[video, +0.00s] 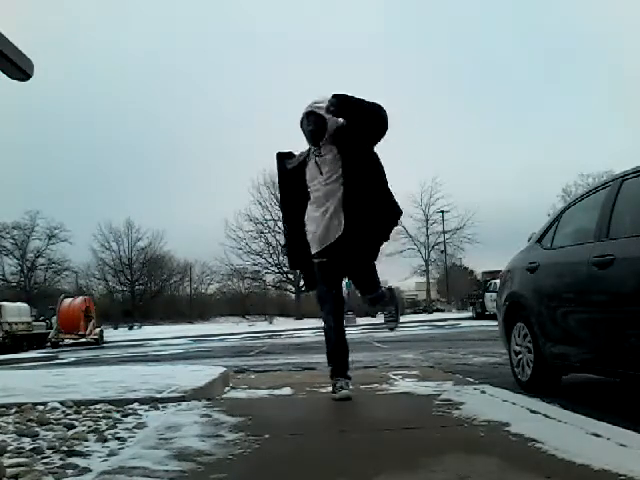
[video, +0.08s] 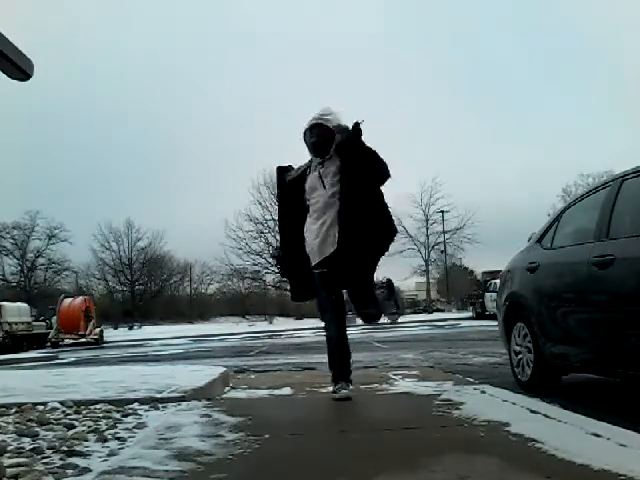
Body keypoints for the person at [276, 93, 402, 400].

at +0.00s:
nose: (309, 127)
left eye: (315, 121)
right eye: (305, 122)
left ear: (328, 123)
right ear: (301, 129)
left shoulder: (350, 143)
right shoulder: (297, 167)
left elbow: (378, 119)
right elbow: (292, 219)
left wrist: (341, 104)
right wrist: (298, 262)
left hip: (356, 237)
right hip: (320, 249)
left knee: (370, 296)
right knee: (332, 315)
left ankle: (388, 303)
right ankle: (339, 378)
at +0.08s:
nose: (314, 140)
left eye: (320, 134)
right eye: (310, 135)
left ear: (336, 135)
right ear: (306, 140)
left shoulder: (351, 160)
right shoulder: (301, 176)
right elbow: (292, 222)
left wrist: (354, 145)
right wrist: (289, 256)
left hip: (352, 249)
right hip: (319, 257)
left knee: (368, 313)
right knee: (332, 320)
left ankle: (384, 294)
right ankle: (341, 380)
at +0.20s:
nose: (330, 150)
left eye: (335, 144)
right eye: (324, 144)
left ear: (345, 146)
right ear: (314, 148)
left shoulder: (360, 177)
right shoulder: (302, 181)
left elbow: (382, 221)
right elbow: (284, 218)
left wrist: (370, 214)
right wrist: (275, 199)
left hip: (356, 260)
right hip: (320, 264)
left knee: (360, 303)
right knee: (334, 325)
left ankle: (383, 316)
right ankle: (341, 381)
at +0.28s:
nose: (343, 134)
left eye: (347, 128)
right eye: (337, 128)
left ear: (352, 131)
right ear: (322, 130)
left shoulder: (363, 164)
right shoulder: (303, 160)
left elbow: (385, 202)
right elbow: (270, 169)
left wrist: (381, 230)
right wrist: (278, 139)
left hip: (353, 247)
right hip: (319, 250)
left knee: (356, 298)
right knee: (333, 315)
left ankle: (376, 346)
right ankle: (340, 377)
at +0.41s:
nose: (349, 124)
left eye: (353, 118)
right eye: (343, 117)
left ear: (355, 118)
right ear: (328, 115)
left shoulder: (365, 150)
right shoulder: (306, 134)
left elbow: (376, 198)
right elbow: (272, 125)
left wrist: (387, 238)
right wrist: (286, 92)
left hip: (355, 235)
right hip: (320, 235)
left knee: (347, 300)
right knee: (327, 301)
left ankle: (350, 371)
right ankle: (333, 362)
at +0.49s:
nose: (349, 130)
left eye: (354, 124)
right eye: (344, 124)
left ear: (359, 126)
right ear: (328, 124)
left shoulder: (369, 159)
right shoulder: (311, 146)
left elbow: (378, 208)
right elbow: (281, 150)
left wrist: (384, 253)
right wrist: (294, 108)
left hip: (354, 244)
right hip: (319, 242)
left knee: (344, 310)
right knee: (320, 304)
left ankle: (340, 378)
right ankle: (321, 346)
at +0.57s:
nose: (353, 142)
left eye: (357, 137)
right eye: (347, 136)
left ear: (362, 139)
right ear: (333, 137)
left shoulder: (371, 173)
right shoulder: (317, 165)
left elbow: (382, 220)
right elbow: (293, 185)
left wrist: (387, 266)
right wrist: (300, 145)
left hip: (353, 255)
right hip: (319, 254)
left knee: (345, 317)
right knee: (315, 306)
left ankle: (340, 381)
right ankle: (309, 328)